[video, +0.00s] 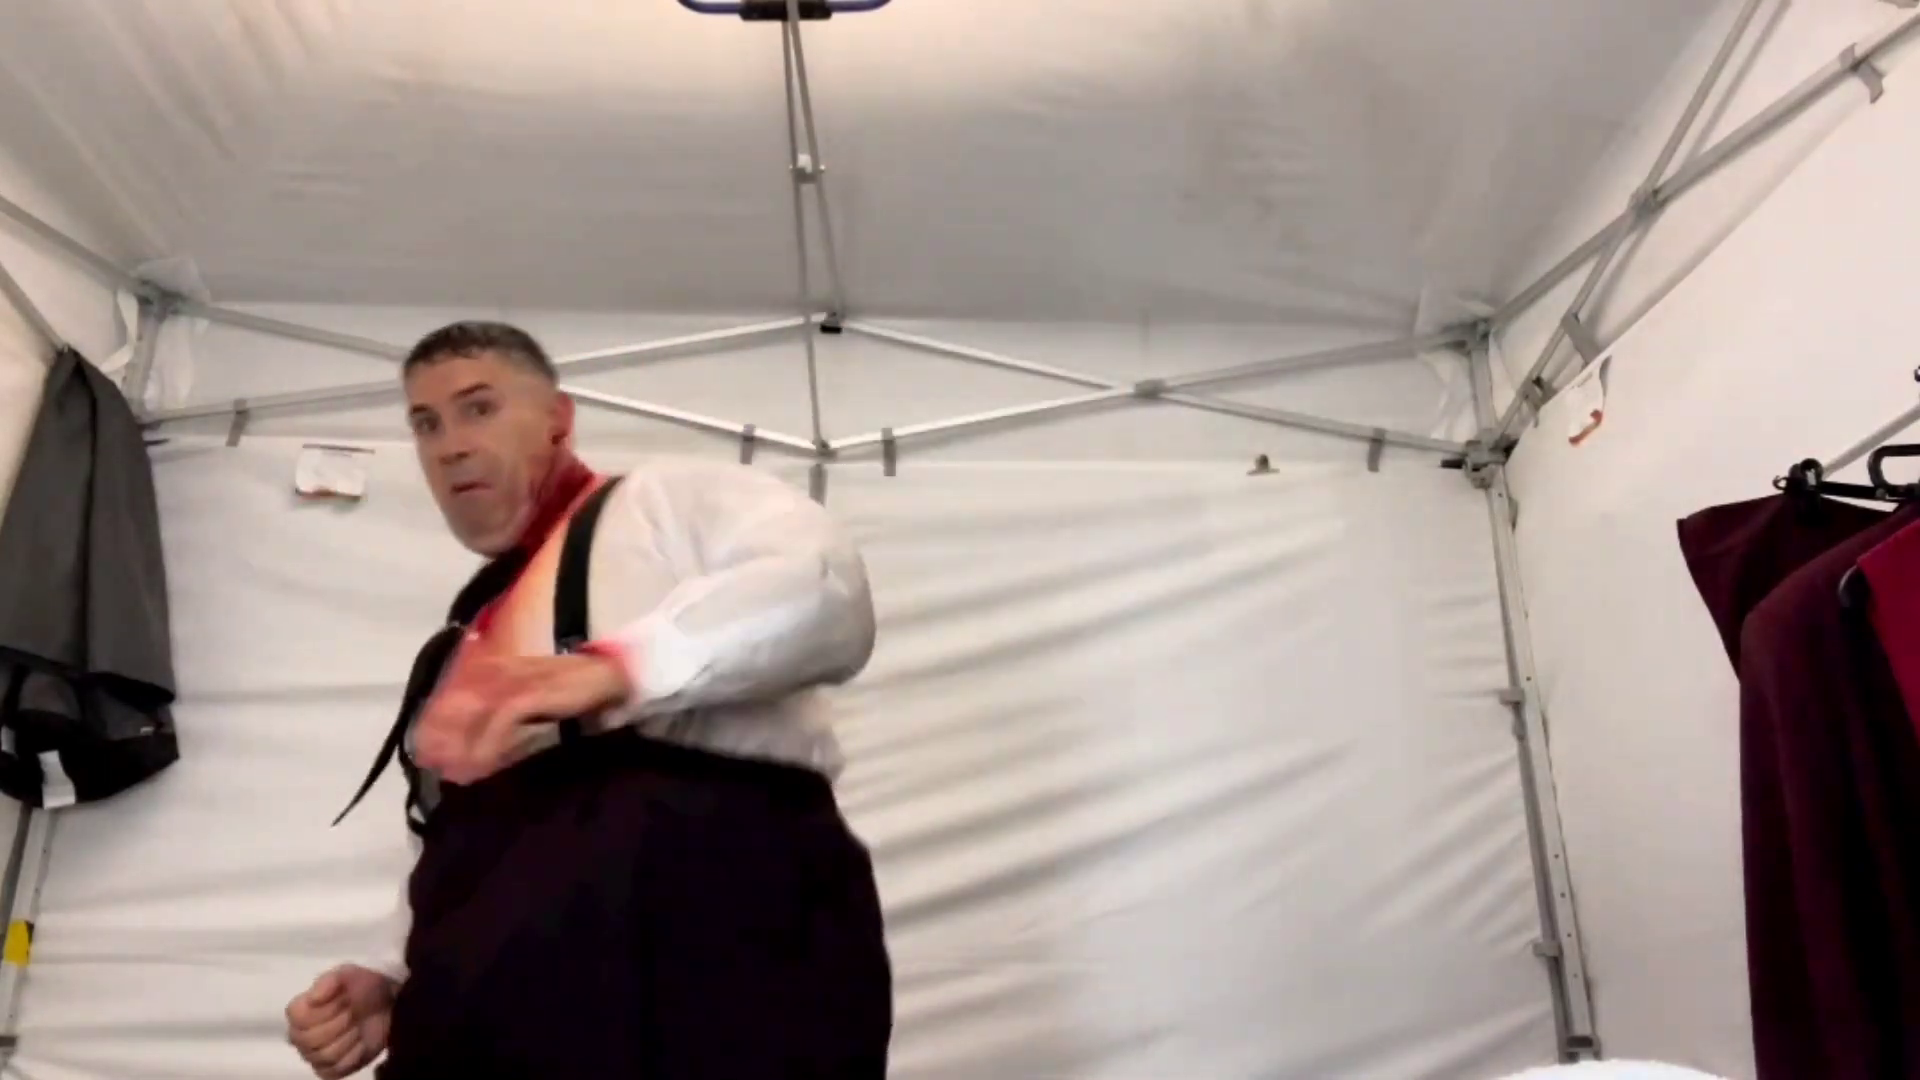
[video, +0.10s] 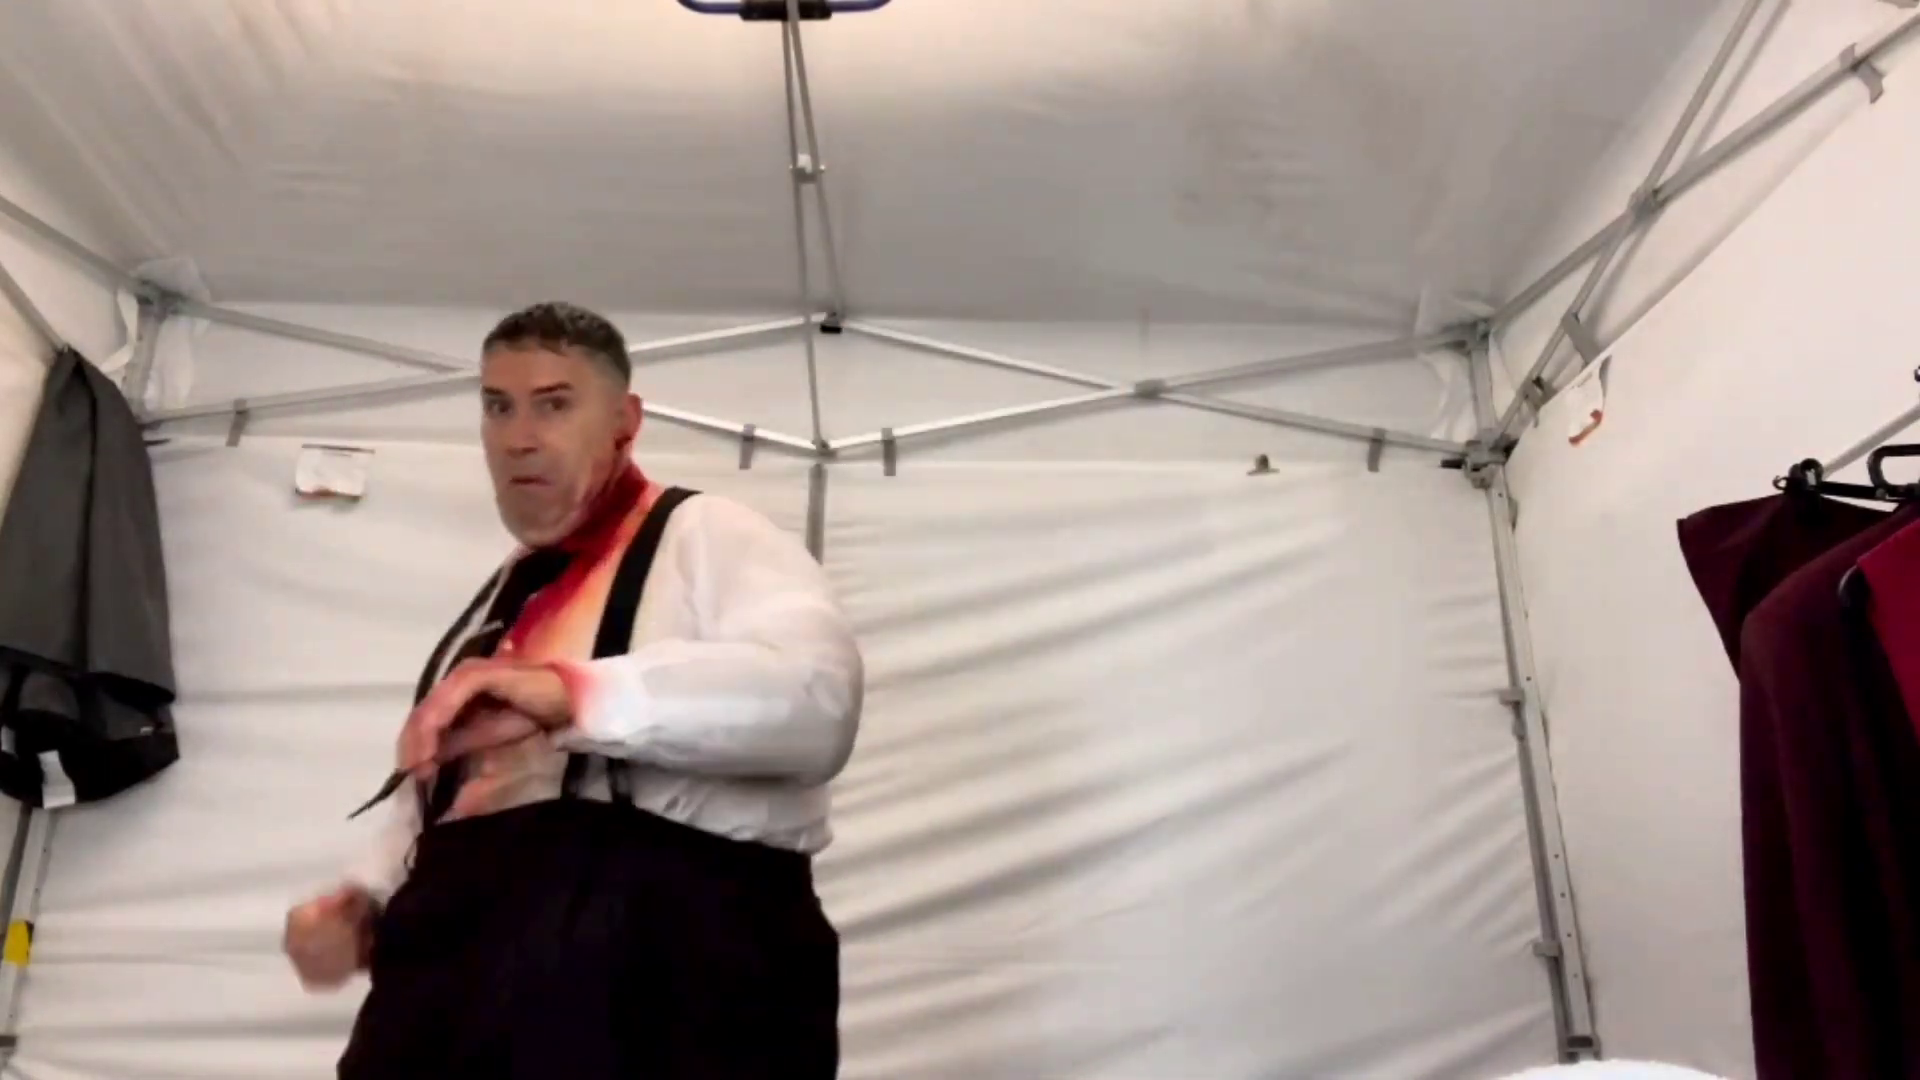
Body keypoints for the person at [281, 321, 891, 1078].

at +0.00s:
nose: (450, 446)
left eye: (480, 409)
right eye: (427, 426)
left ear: (558, 420)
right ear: (416, 454)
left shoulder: (674, 499)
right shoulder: (454, 654)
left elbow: (827, 598)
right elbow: (481, 873)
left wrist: (613, 669)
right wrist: (397, 994)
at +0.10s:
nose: (518, 440)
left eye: (553, 405)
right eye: (497, 408)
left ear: (625, 422)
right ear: (481, 425)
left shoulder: (716, 538)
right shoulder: (491, 613)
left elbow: (813, 705)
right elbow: (430, 799)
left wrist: (578, 696)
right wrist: (362, 902)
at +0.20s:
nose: (539, 418)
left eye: (575, 388)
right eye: (519, 384)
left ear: (637, 410)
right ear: (497, 398)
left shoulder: (726, 536)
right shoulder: (453, 576)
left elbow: (847, 715)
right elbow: (391, 792)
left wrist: (657, 715)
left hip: (651, 1004)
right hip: (436, 997)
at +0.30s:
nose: (538, 475)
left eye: (574, 448)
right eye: (519, 440)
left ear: (625, 464)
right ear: (491, 444)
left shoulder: (704, 595)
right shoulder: (418, 598)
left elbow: (839, 739)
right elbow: (271, 777)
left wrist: (724, 826)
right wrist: (314, 656)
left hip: (605, 996)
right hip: (398, 980)